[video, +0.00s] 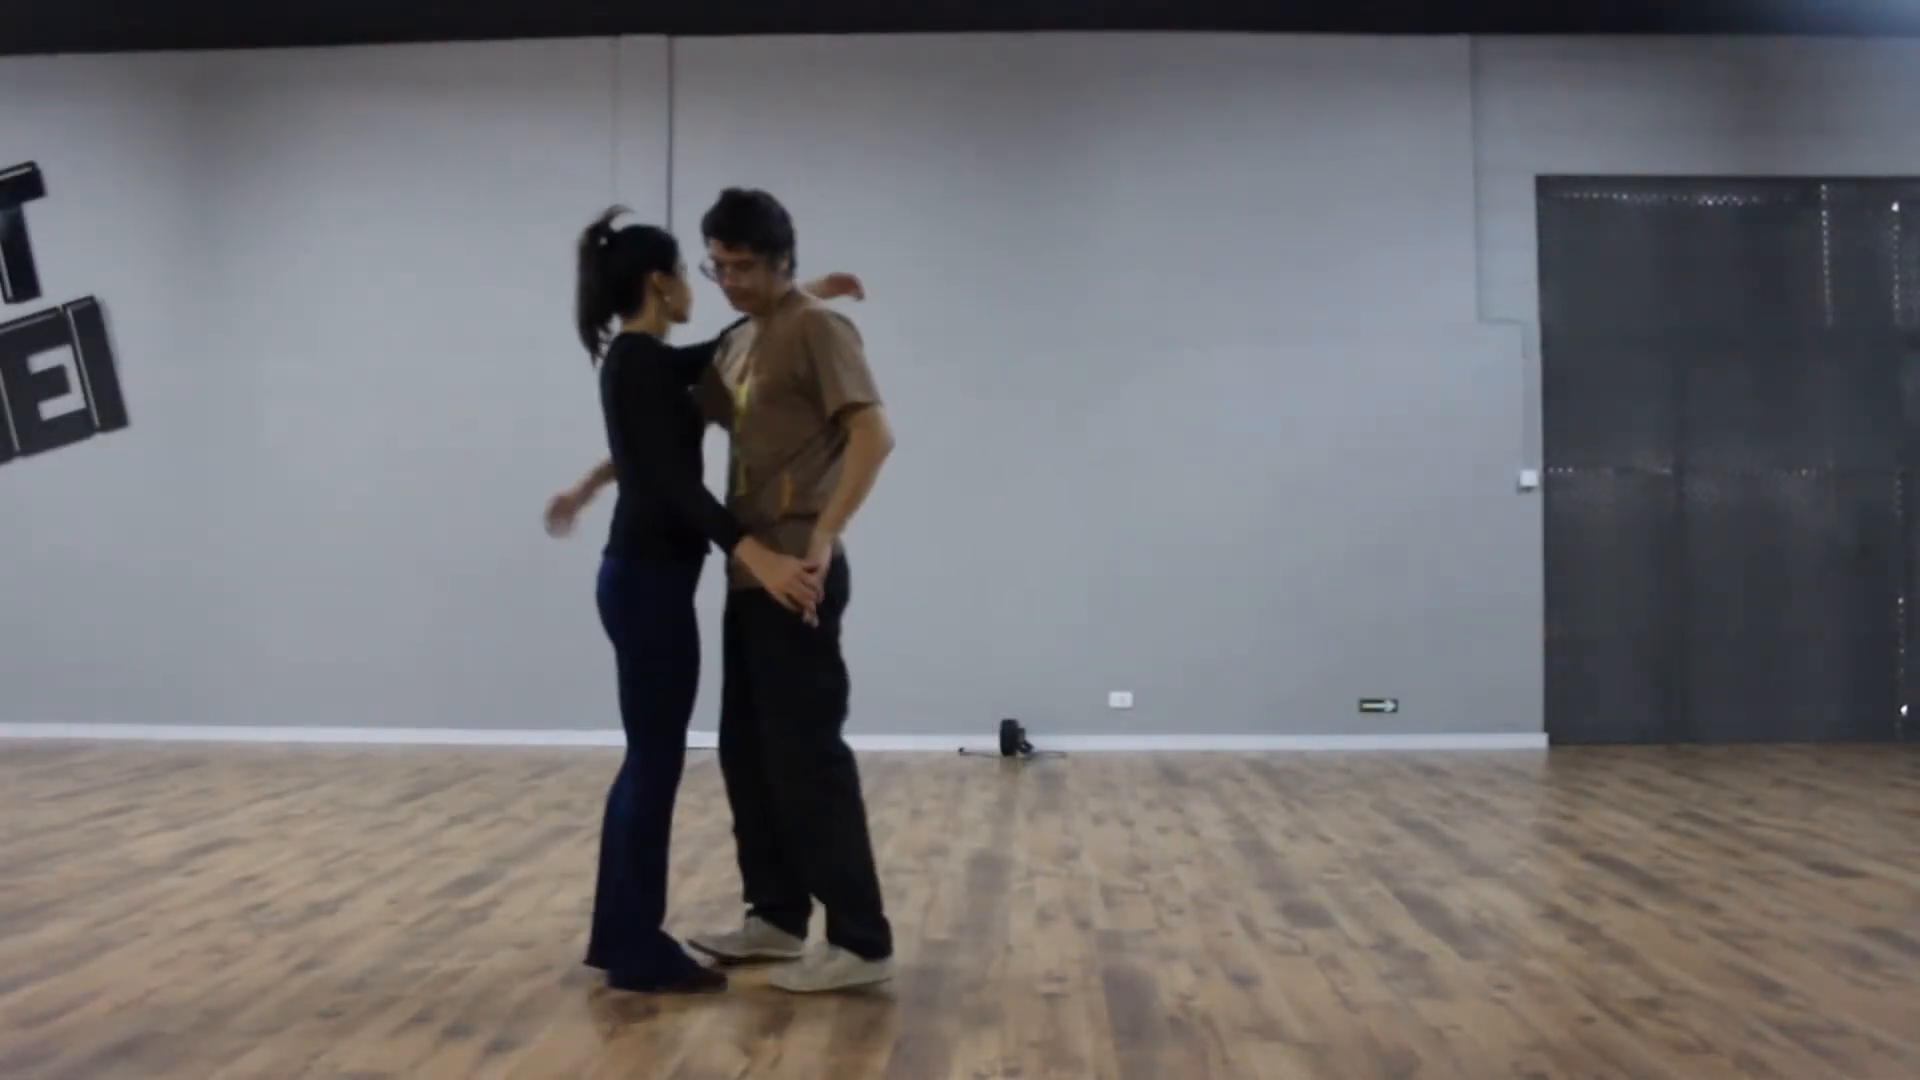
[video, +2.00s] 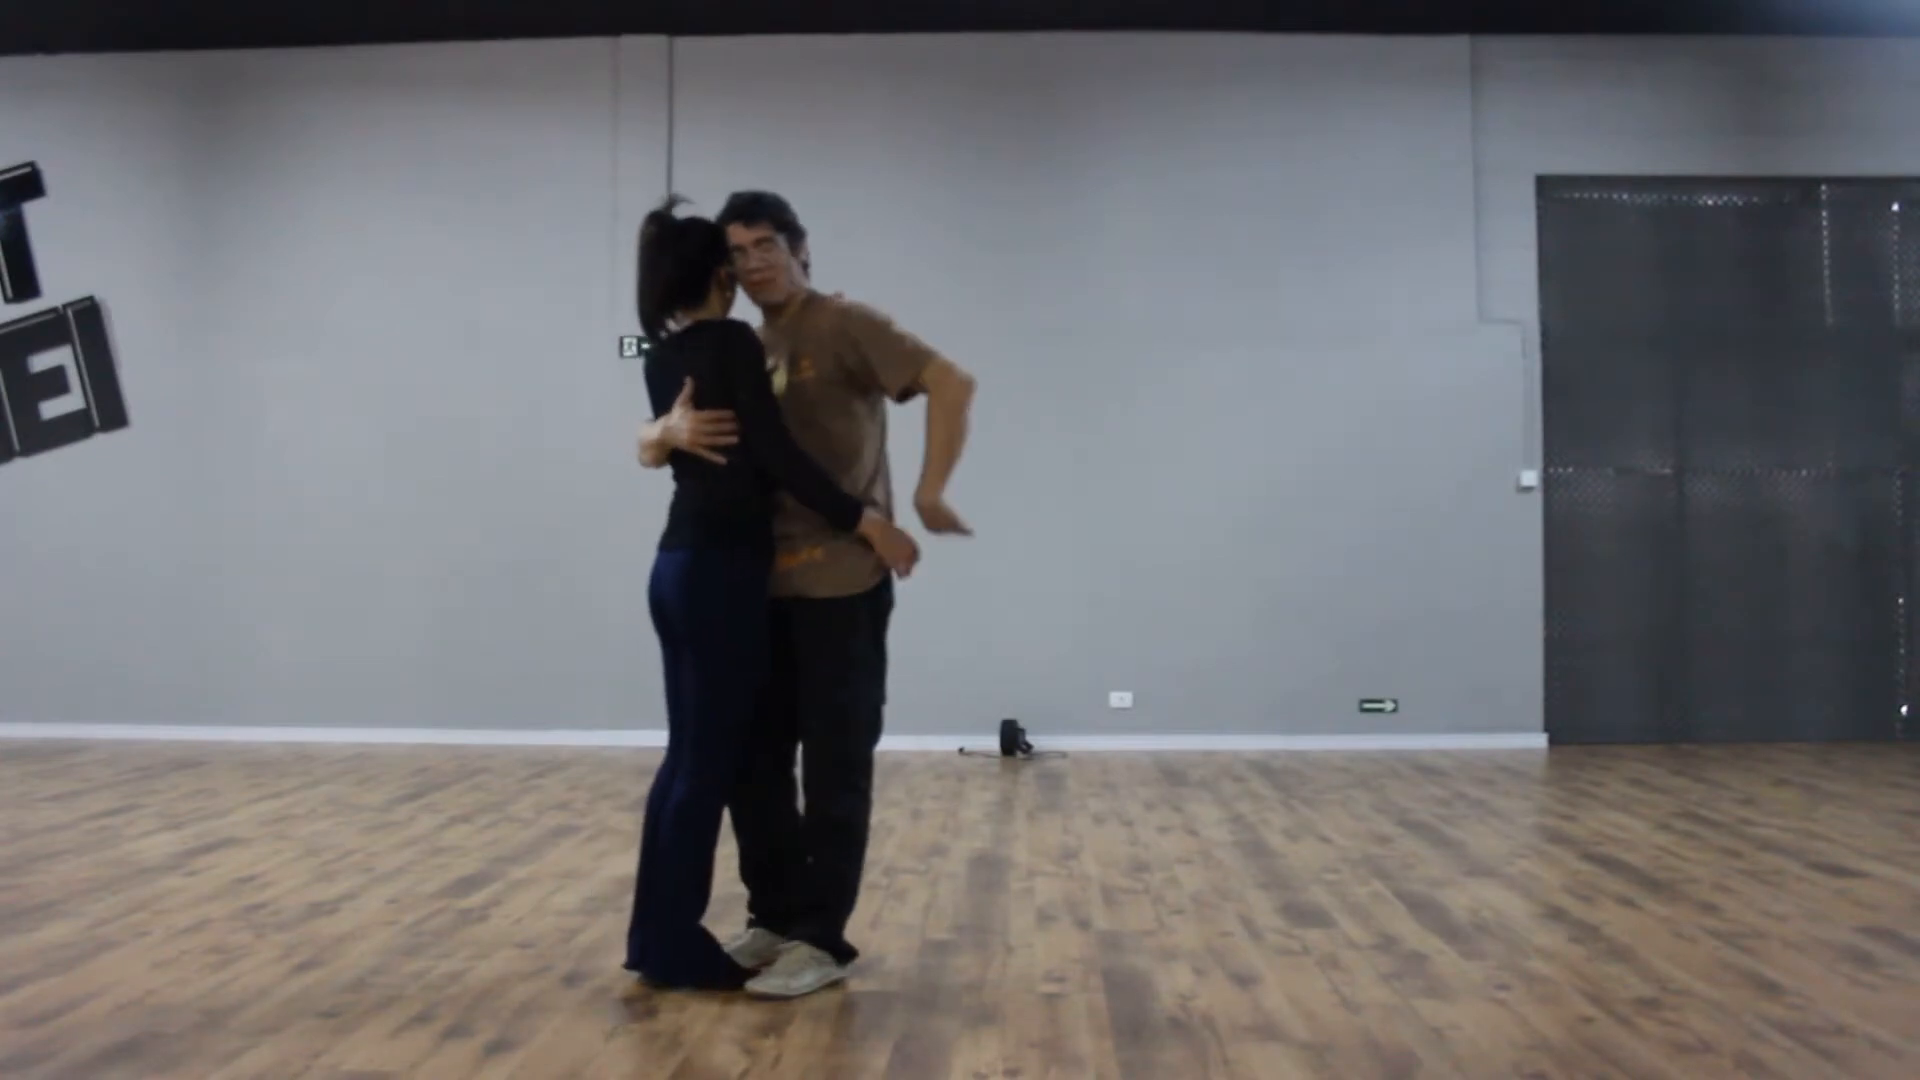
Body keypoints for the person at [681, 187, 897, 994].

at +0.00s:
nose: (732, 280)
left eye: (746, 266)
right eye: (721, 267)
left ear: (785, 260)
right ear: (711, 264)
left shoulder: (820, 327)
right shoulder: (734, 344)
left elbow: (873, 436)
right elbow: (670, 426)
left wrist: (826, 532)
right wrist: (590, 486)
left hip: (802, 572)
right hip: (749, 569)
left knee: (808, 751)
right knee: (749, 748)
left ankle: (862, 945)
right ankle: (778, 923)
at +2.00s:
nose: (755, 263)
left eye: (766, 246)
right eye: (739, 253)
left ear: (799, 249)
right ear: (728, 266)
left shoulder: (846, 326)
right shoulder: (735, 349)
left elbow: (950, 384)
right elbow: (646, 451)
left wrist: (930, 495)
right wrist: (667, 431)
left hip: (842, 587)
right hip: (761, 588)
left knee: (833, 767)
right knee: (756, 762)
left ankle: (822, 942)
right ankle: (774, 922)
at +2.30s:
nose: (748, 263)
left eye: (760, 246)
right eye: (734, 254)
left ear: (795, 248)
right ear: (723, 268)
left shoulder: (842, 327)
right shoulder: (737, 346)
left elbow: (894, 432)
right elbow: (653, 441)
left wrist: (878, 544)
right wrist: (660, 434)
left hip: (836, 586)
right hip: (756, 584)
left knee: (831, 765)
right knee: (752, 760)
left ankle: (823, 940)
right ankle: (777, 919)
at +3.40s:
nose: (732, 268)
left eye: (743, 252)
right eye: (717, 260)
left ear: (774, 255)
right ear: (706, 275)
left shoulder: (821, 335)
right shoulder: (715, 352)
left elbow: (890, 433)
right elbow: (626, 438)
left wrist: (851, 515)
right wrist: (640, 436)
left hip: (806, 580)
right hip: (737, 581)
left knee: (804, 757)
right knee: (745, 759)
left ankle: (827, 936)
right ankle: (774, 922)